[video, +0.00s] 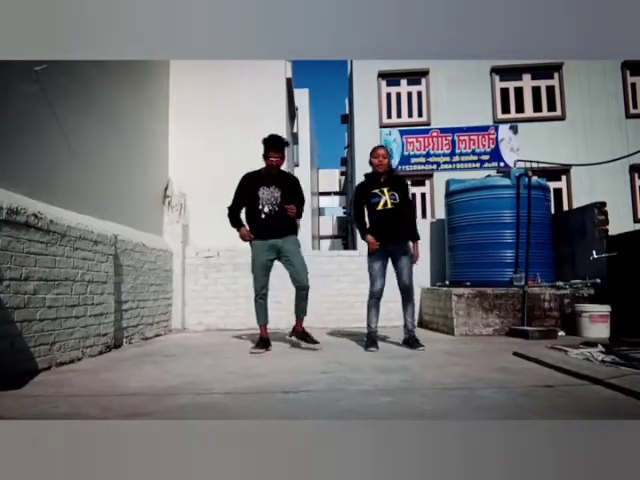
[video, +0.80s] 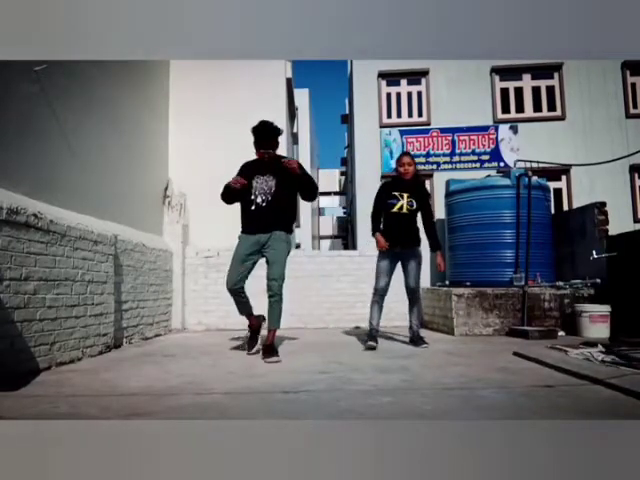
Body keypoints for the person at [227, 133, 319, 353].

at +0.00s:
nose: (275, 160)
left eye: (279, 156)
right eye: (271, 156)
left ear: (284, 157)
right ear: (265, 156)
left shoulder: (291, 180)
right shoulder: (250, 180)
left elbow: (301, 209)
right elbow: (234, 210)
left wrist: (296, 211)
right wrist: (241, 228)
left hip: (288, 240)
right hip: (261, 241)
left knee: (303, 283)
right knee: (260, 289)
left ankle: (299, 328)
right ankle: (263, 334)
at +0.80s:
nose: (265, 152)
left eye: (269, 147)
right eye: (261, 147)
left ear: (277, 144)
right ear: (255, 145)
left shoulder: (289, 167)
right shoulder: (249, 168)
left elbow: (311, 195)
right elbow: (227, 199)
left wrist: (299, 173)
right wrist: (233, 187)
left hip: (278, 235)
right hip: (250, 235)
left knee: (275, 287)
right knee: (233, 284)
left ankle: (270, 343)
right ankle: (253, 322)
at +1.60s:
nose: (268, 136)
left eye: (271, 132)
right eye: (265, 132)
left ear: (273, 130)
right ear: (254, 128)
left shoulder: (274, 152)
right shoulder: (234, 151)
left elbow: (293, 180)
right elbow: (218, 180)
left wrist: (290, 151)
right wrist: (241, 148)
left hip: (277, 229)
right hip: (251, 228)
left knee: (289, 284)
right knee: (251, 287)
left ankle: (274, 342)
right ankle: (249, 348)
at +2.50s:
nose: (274, 148)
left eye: (279, 143)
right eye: (270, 144)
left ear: (286, 142)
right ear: (263, 142)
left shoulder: (294, 165)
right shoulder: (253, 166)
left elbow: (313, 195)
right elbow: (226, 191)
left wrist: (299, 166)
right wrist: (244, 167)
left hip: (289, 236)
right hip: (260, 236)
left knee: (292, 292)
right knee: (256, 290)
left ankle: (285, 342)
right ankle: (253, 348)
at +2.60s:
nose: (280, 153)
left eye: (285, 148)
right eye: (276, 148)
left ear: (291, 147)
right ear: (269, 146)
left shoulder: (299, 171)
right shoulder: (255, 169)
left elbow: (314, 206)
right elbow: (230, 198)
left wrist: (303, 191)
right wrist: (248, 189)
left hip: (290, 238)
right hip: (261, 238)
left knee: (292, 292)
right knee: (254, 288)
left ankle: (284, 342)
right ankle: (251, 345)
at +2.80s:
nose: (287, 148)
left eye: (291, 144)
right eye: (282, 143)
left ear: (296, 145)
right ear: (275, 143)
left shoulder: (302, 174)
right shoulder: (258, 168)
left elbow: (311, 206)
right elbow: (237, 201)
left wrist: (307, 231)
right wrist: (237, 224)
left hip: (288, 237)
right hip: (258, 235)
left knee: (289, 288)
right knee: (245, 283)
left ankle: (284, 340)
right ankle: (246, 335)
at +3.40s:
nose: (251, 144)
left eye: (255, 140)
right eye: (246, 140)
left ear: (260, 143)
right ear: (239, 142)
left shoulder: (274, 168)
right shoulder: (230, 176)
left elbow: (292, 198)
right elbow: (220, 204)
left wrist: (292, 225)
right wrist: (224, 228)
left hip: (273, 234)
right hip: (244, 236)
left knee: (282, 283)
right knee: (238, 285)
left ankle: (288, 336)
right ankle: (248, 333)